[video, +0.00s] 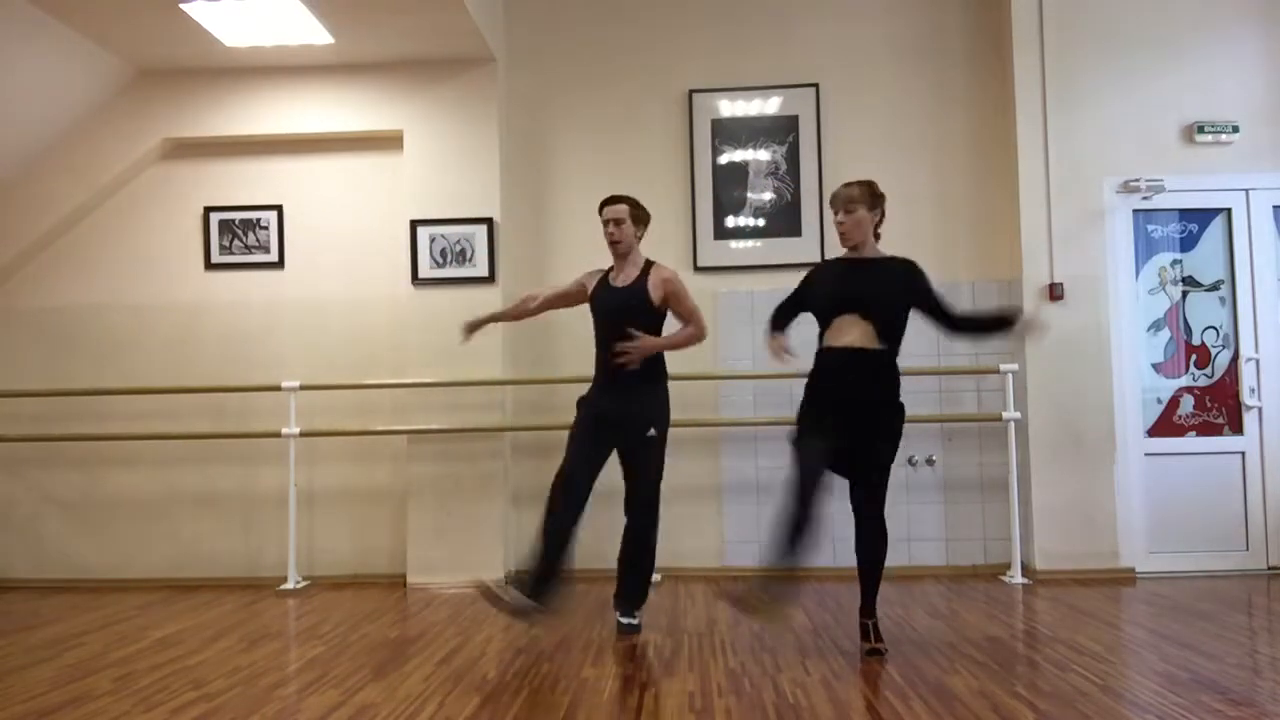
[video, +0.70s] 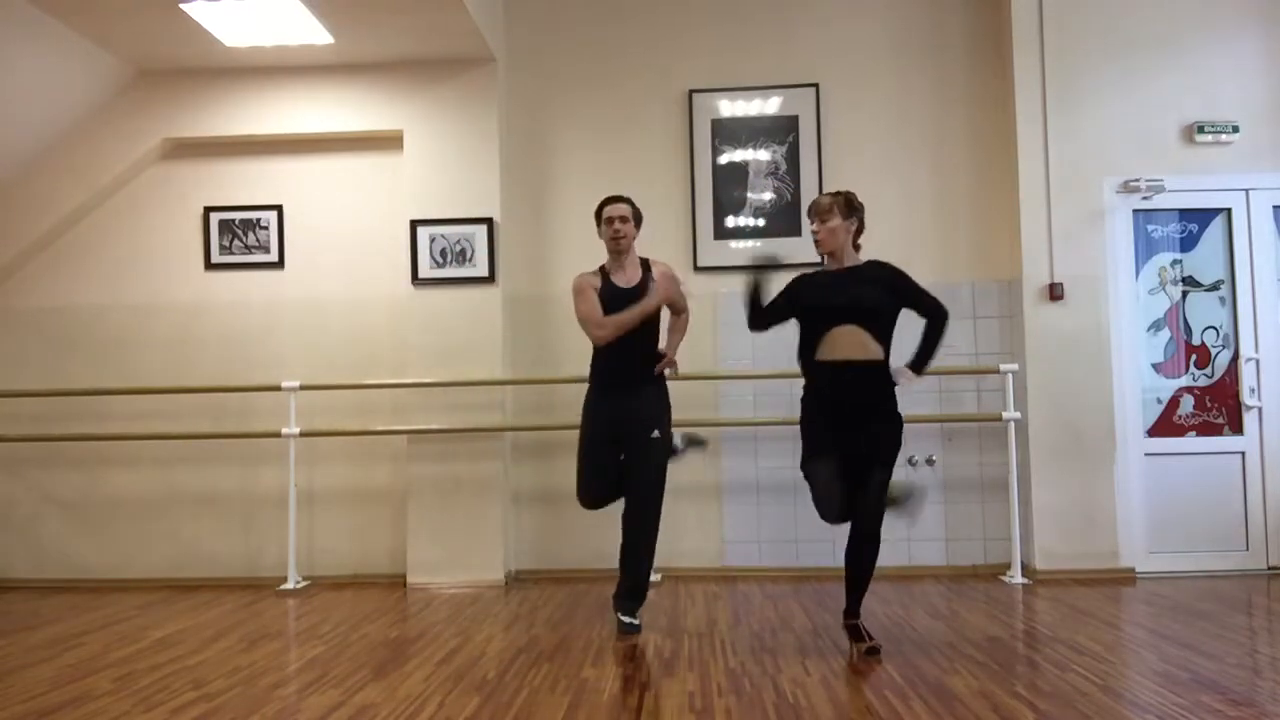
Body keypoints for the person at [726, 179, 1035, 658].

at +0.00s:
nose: (840, 221)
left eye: (850, 212)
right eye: (836, 214)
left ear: (876, 216)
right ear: (834, 220)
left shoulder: (902, 273)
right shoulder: (823, 274)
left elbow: (953, 322)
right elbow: (784, 312)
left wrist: (1012, 319)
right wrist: (776, 332)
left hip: (877, 392)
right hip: (826, 389)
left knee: (868, 506)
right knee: (805, 482)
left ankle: (868, 614)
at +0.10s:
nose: (835, 221)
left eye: (844, 212)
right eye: (833, 213)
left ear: (874, 215)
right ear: (836, 220)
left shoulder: (907, 265)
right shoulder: (824, 273)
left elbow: (970, 289)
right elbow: (774, 307)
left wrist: (1020, 260)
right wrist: (744, 297)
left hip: (883, 394)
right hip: (828, 389)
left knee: (872, 510)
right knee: (766, 428)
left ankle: (867, 615)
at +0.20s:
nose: (832, 221)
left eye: (841, 212)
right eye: (829, 214)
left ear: (870, 215)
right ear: (831, 218)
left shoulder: (904, 263)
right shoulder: (820, 274)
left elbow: (971, 270)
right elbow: (758, 301)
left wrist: (1010, 218)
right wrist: (727, 260)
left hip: (884, 392)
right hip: (829, 381)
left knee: (870, 508)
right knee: (748, 383)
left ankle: (864, 614)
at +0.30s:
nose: (827, 216)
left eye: (836, 207)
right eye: (824, 209)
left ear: (864, 212)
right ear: (823, 216)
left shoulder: (899, 257)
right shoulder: (815, 273)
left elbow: (967, 265)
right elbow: (755, 289)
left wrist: (982, 214)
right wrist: (720, 250)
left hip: (885, 390)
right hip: (832, 377)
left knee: (864, 508)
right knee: (750, 383)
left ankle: (854, 615)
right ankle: (657, 387)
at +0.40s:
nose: (825, 221)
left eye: (834, 211)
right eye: (822, 213)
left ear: (863, 215)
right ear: (822, 221)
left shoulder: (900, 261)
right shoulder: (817, 277)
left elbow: (967, 271)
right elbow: (758, 287)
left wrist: (976, 226)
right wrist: (709, 261)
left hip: (886, 393)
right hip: (833, 385)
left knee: (867, 511)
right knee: (765, 425)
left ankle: (851, 614)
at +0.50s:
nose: (824, 225)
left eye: (833, 215)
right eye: (821, 217)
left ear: (859, 218)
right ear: (820, 223)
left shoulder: (896, 262)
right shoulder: (820, 275)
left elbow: (949, 291)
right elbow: (782, 297)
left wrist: (963, 289)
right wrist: (740, 297)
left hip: (883, 394)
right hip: (830, 388)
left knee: (868, 513)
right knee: (781, 472)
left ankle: (855, 616)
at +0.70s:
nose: (816, 228)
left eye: (825, 220)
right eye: (814, 222)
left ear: (853, 226)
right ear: (815, 231)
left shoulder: (883, 275)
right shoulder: (804, 285)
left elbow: (937, 314)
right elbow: (757, 322)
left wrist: (916, 366)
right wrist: (754, 281)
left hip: (875, 399)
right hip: (822, 402)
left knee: (867, 515)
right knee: (832, 510)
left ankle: (853, 615)